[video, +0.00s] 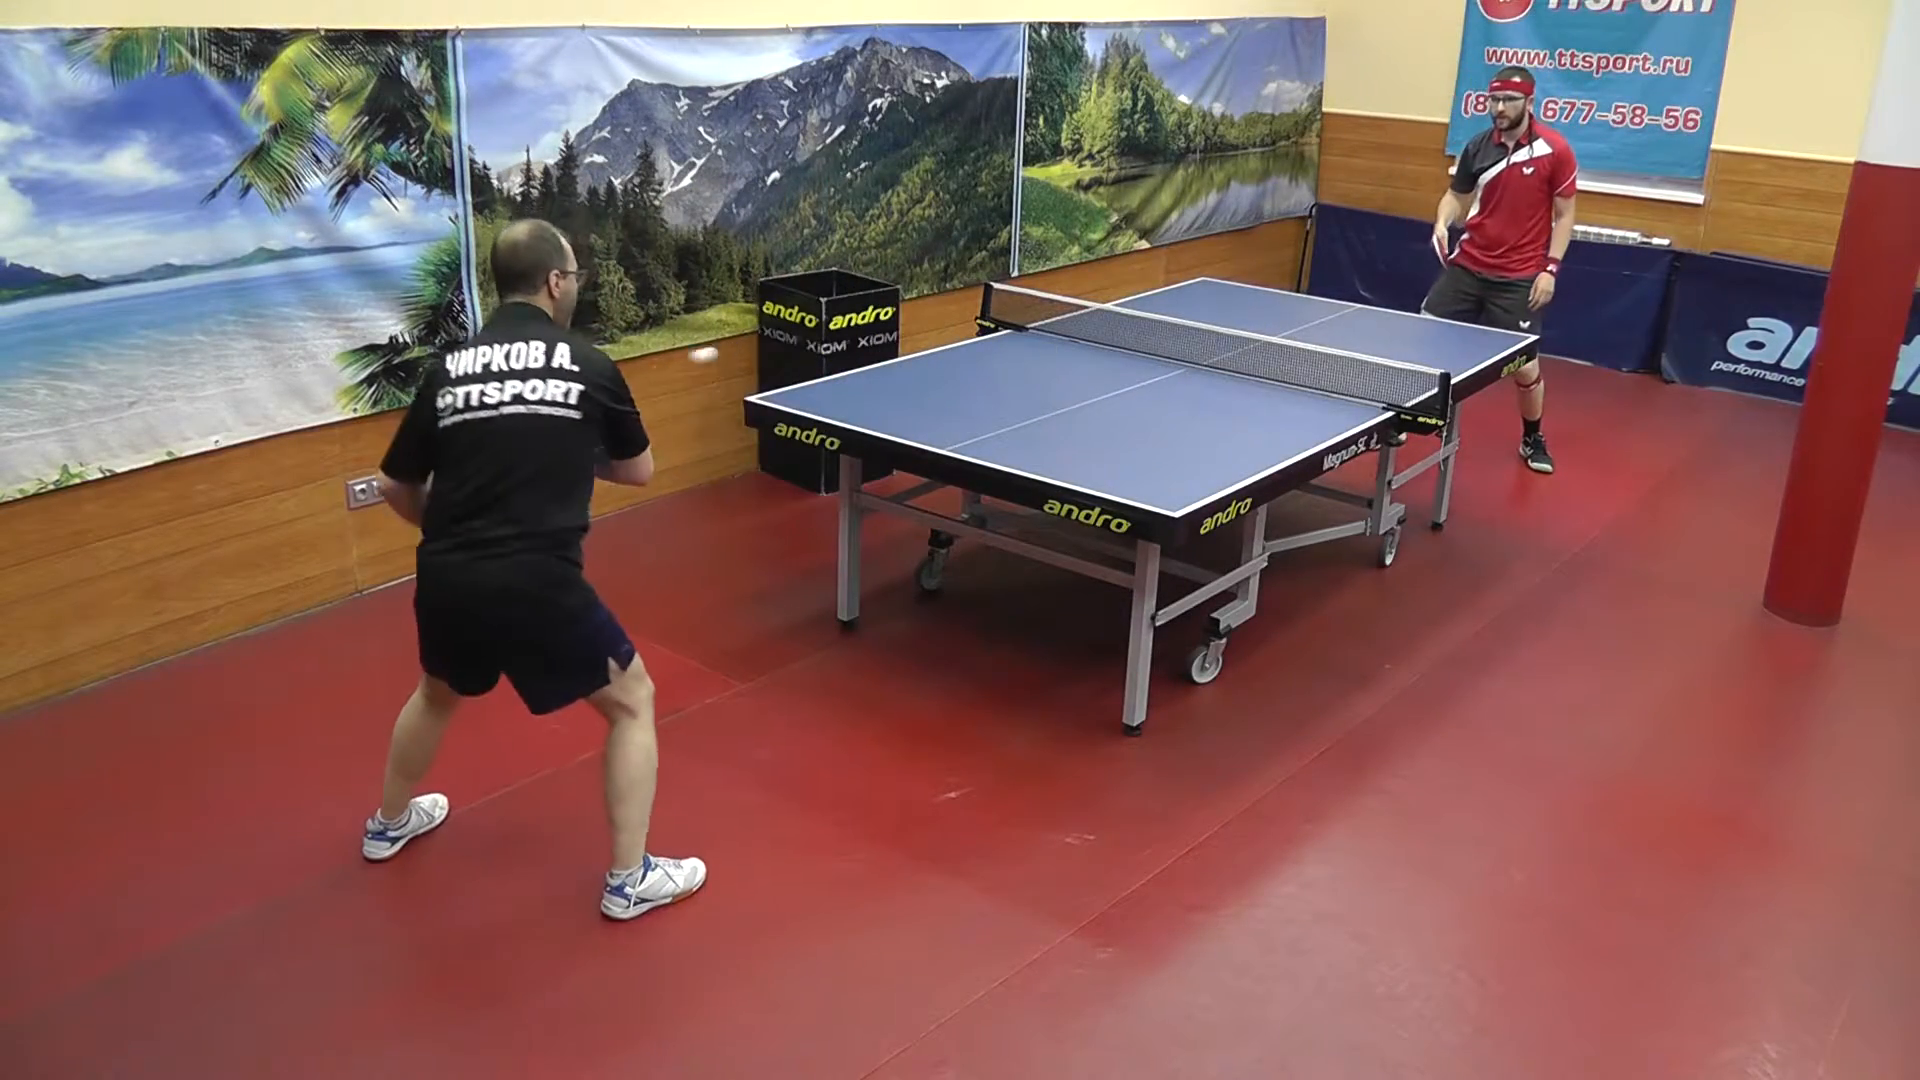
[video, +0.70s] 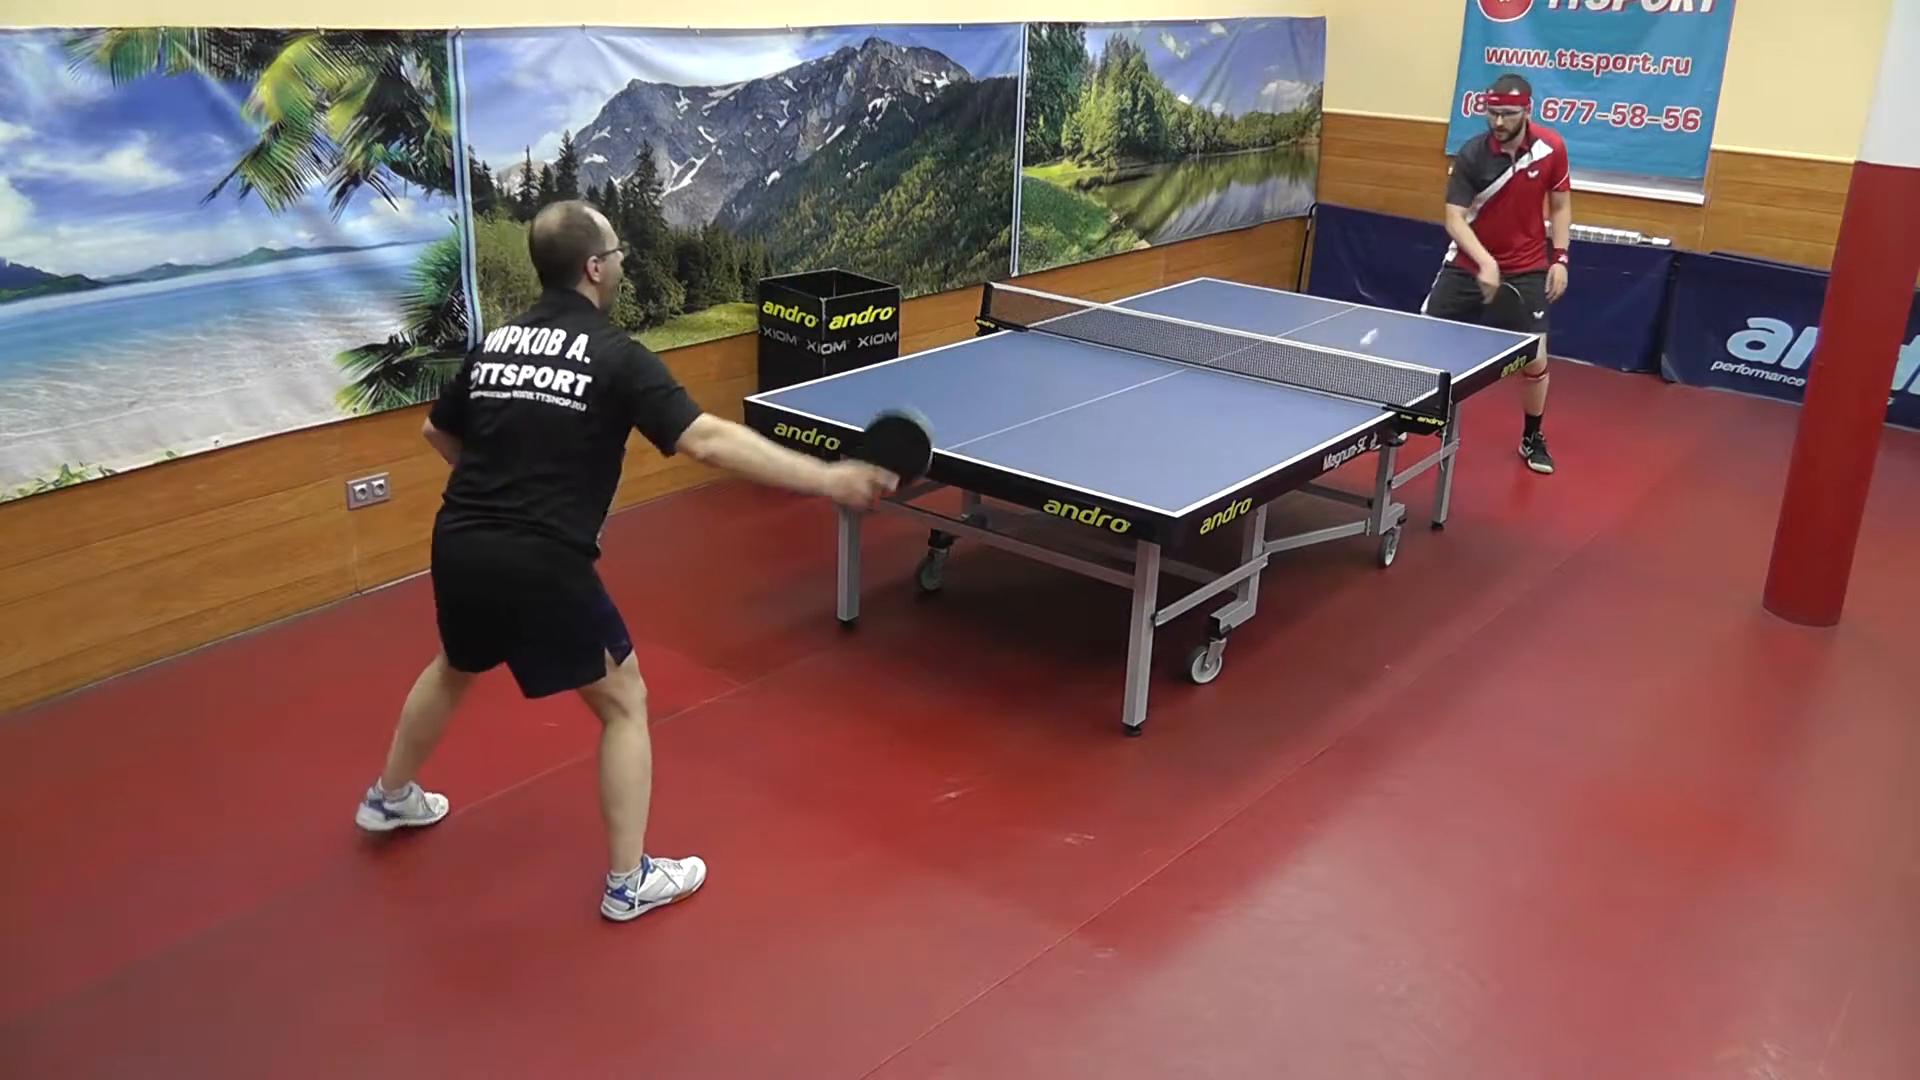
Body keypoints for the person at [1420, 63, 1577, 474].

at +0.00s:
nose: (1499, 108)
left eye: (1509, 101)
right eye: (1495, 100)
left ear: (1528, 103)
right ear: (1489, 101)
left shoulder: (1555, 152)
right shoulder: (1477, 148)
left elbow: (1564, 215)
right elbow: (1457, 196)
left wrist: (1549, 270)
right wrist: (1442, 222)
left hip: (1518, 280)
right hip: (1465, 270)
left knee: (1524, 368)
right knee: (1423, 337)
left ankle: (1532, 438)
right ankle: (1424, 409)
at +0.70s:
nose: (1498, 122)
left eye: (1508, 114)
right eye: (1492, 112)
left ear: (1527, 111)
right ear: (1485, 110)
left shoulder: (1551, 150)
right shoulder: (1472, 154)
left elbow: (1560, 207)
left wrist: (1560, 259)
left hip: (1526, 272)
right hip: (1465, 265)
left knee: (1535, 360)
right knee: (1425, 340)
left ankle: (1533, 437)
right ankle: (1420, 409)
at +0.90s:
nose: (1529, 122)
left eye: (1538, 113)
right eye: (1522, 113)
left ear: (1555, 111)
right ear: (1513, 110)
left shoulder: (1569, 147)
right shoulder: (1498, 145)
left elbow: (1574, 201)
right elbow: (1468, 198)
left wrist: (1583, 255)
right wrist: (1490, 236)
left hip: (1534, 268)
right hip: (1477, 262)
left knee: (1543, 360)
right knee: (1436, 342)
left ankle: (1533, 437)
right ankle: (1415, 409)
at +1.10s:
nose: (1547, 108)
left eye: (1557, 100)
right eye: (1541, 99)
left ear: (1573, 101)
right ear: (1532, 95)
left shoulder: (1580, 149)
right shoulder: (1511, 120)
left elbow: (1580, 210)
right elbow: (1480, 116)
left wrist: (1584, 265)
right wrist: (1467, 89)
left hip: (1533, 269)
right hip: (1476, 258)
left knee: (1541, 361)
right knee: (1435, 338)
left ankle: (1532, 437)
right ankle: (1424, 410)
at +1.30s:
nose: (1533, 102)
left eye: (1543, 95)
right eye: (1528, 93)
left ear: (1561, 97)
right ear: (1520, 91)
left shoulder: (1574, 150)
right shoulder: (1498, 122)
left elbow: (1572, 215)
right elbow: (1444, 124)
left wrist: (1564, 268)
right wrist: (1441, 101)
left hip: (1524, 276)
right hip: (1468, 262)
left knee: (1533, 366)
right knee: (1425, 338)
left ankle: (1532, 436)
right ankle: (1411, 409)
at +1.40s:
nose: (1521, 102)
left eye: (1531, 94)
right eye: (1516, 93)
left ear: (1549, 97)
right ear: (1509, 93)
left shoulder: (1565, 150)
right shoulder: (1485, 128)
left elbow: (1566, 214)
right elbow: (1437, 152)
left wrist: (1553, 267)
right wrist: (1424, 142)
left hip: (1518, 277)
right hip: (1463, 264)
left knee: (1528, 366)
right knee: (1419, 339)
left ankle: (1531, 437)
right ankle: (1402, 413)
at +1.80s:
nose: (1473, 99)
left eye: (1483, 91)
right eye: (1469, 90)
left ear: (1504, 93)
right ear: (1463, 93)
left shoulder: (1532, 141)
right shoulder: (1456, 137)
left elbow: (1540, 205)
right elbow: (1428, 184)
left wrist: (1515, 257)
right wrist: (1399, 199)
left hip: (1503, 271)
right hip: (1450, 263)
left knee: (1520, 362)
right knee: (1413, 337)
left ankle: (1531, 437)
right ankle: (1406, 412)